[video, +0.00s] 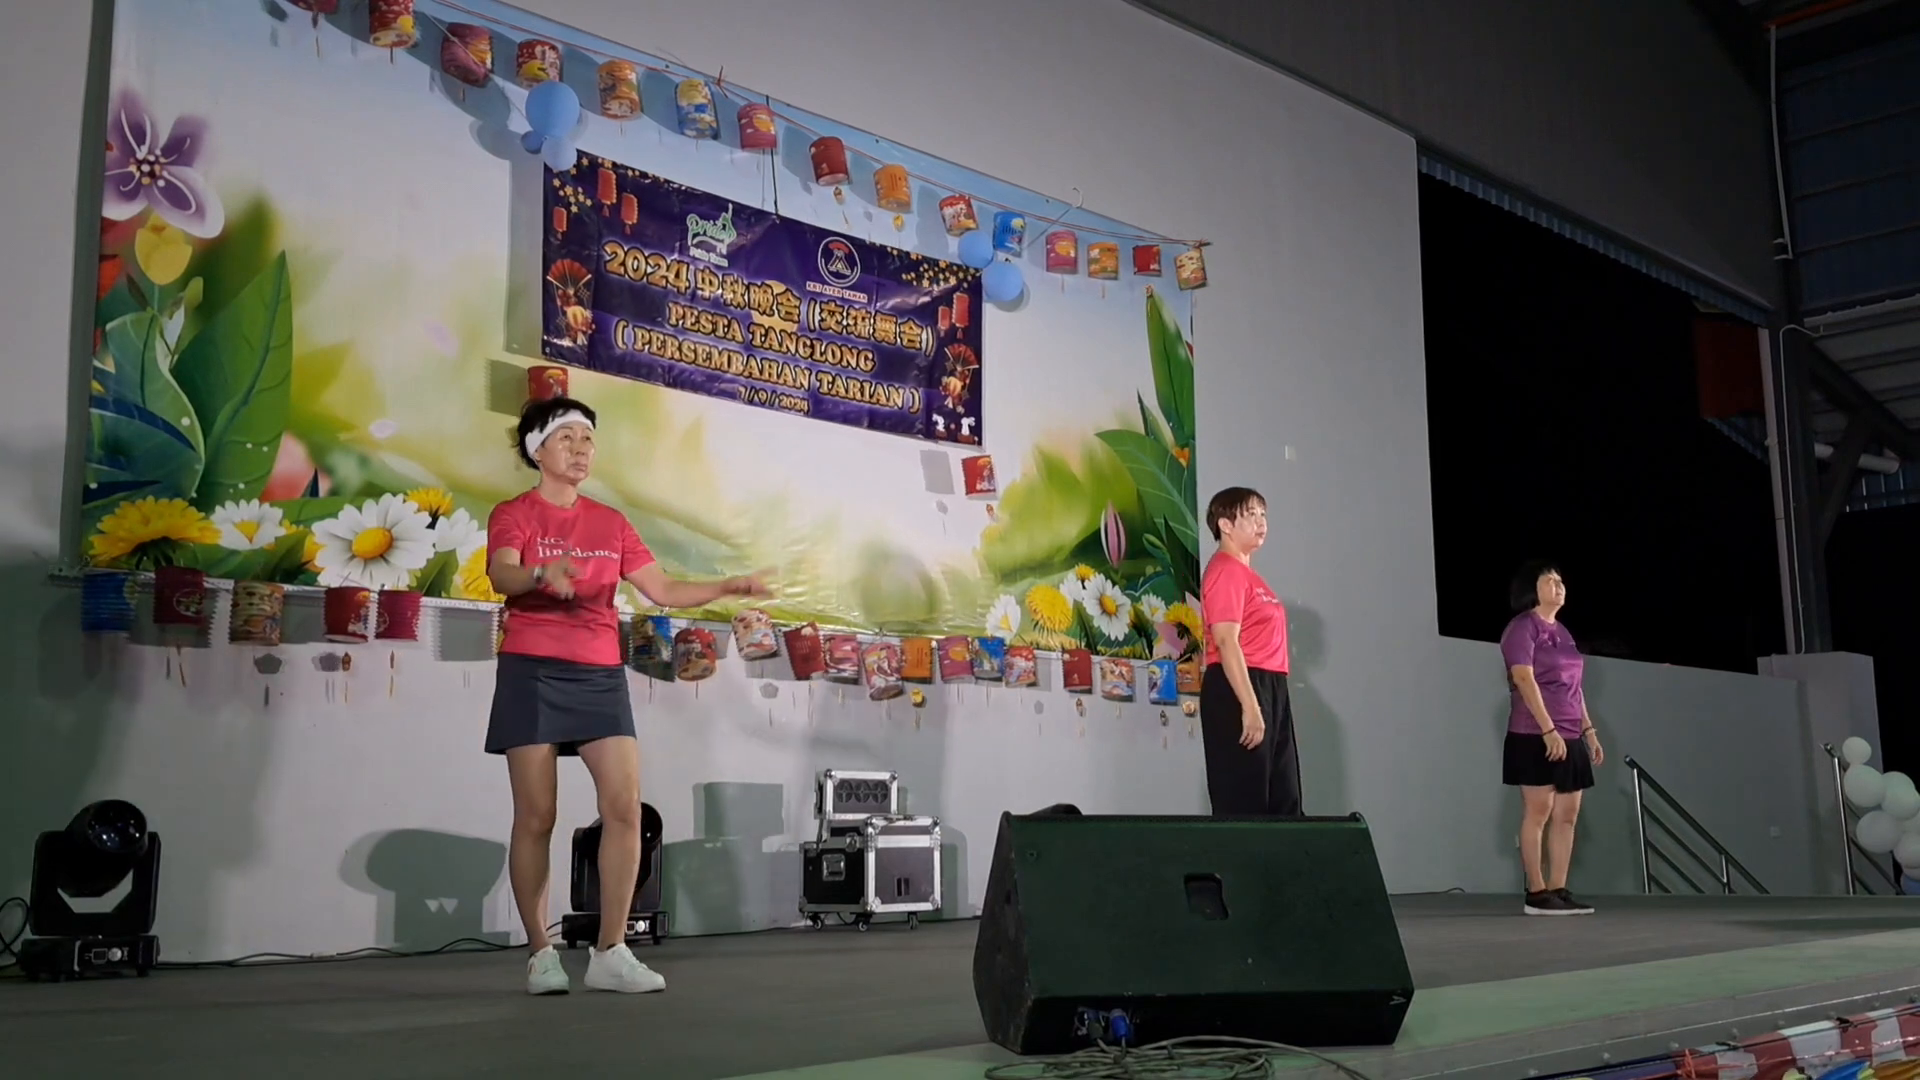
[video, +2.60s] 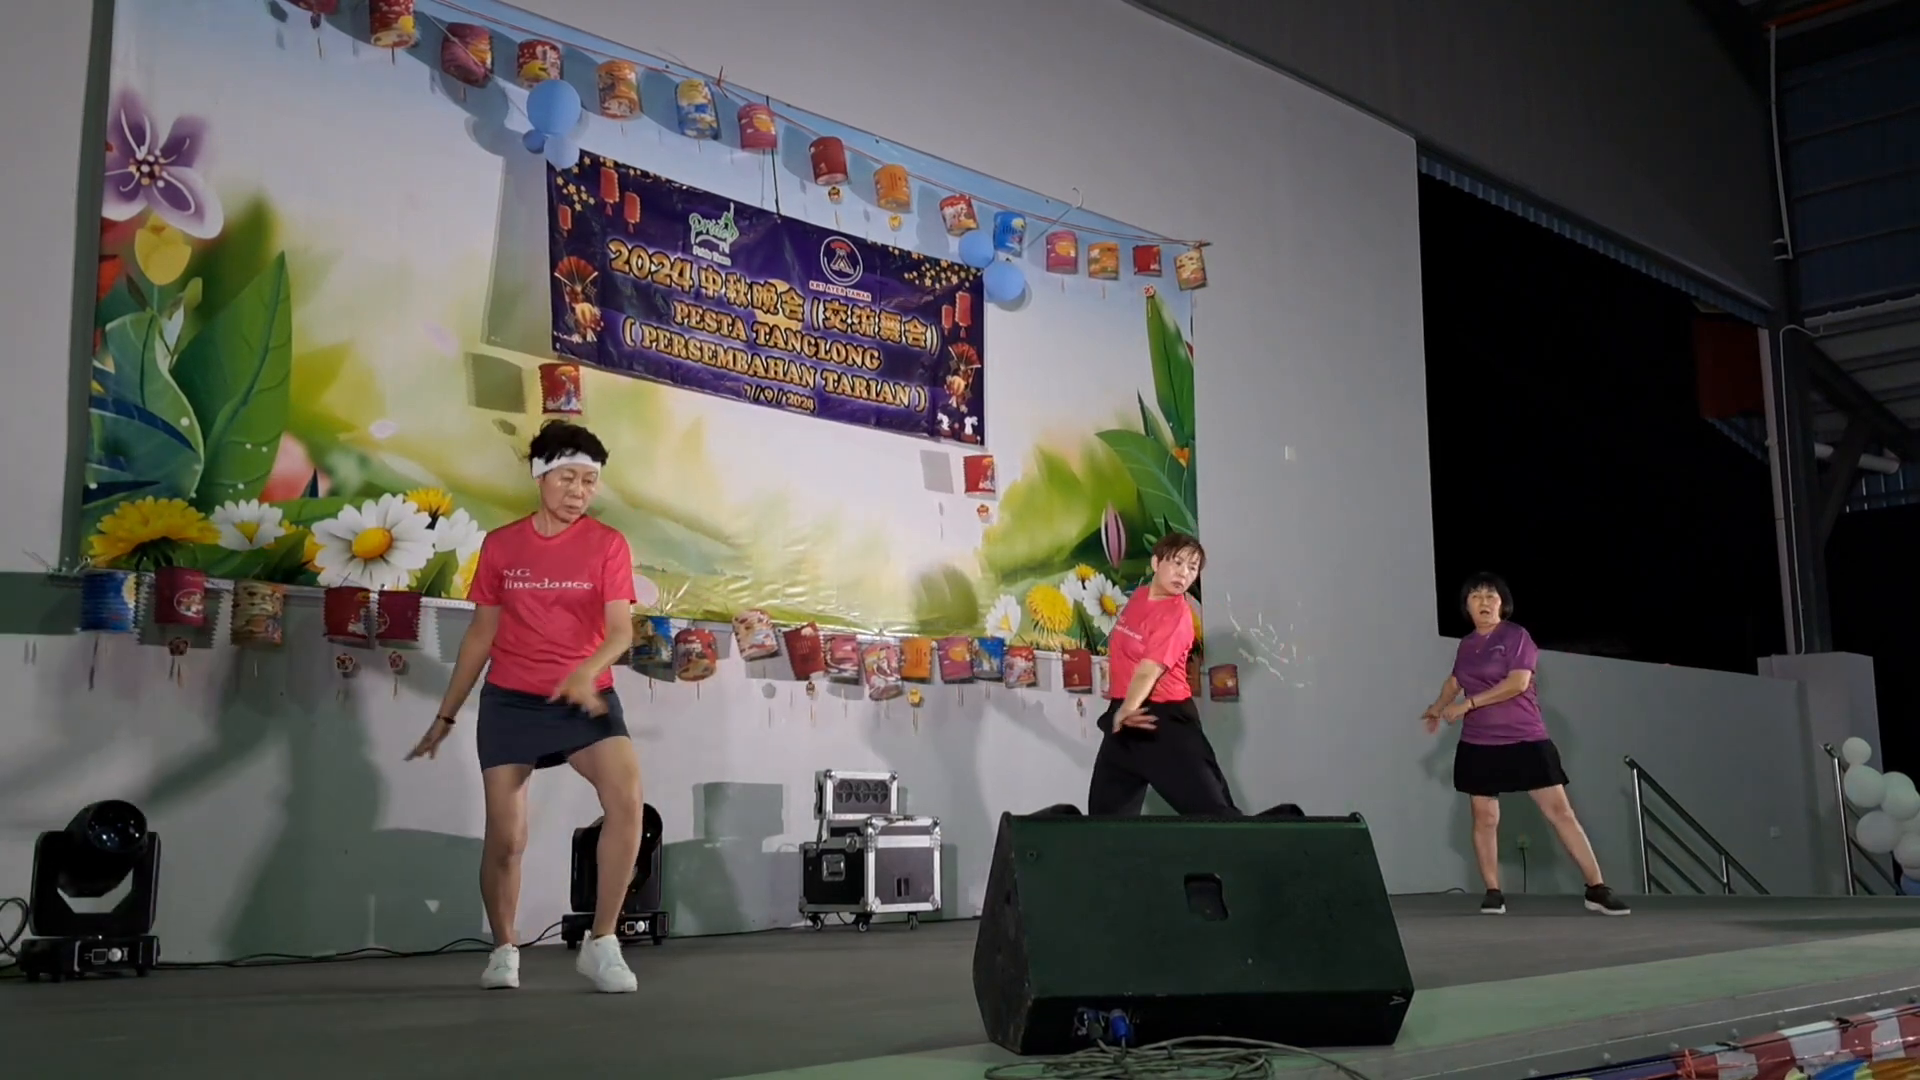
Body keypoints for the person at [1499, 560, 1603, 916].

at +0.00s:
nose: (1558, 586)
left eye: (1560, 581)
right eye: (1549, 581)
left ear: (1563, 592)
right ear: (1532, 589)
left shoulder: (1564, 634)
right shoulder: (1522, 628)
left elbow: (1573, 687)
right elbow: (1524, 681)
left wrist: (1588, 731)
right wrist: (1549, 730)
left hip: (1570, 737)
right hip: (1534, 735)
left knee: (1567, 815)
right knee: (1537, 811)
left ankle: (1558, 890)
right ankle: (1537, 892)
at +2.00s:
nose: (1540, 586)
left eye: (1546, 582)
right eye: (1532, 582)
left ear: (1555, 594)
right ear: (1519, 594)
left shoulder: (1570, 636)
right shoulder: (1504, 631)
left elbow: (1592, 679)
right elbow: (1494, 679)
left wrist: (1619, 722)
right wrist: (1510, 724)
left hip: (1559, 738)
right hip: (1518, 735)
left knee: (1564, 812)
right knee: (1528, 810)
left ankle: (1554, 892)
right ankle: (1521, 890)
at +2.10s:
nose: (1527, 588)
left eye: (1533, 583)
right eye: (1519, 584)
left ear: (1544, 593)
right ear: (1508, 595)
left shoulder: (1565, 634)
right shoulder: (1495, 633)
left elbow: (1592, 675)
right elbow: (1474, 677)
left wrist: (1616, 713)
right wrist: (1469, 712)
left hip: (1558, 738)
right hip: (1511, 737)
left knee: (1565, 813)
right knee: (1513, 813)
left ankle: (1553, 892)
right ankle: (1498, 882)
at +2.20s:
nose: (1511, 591)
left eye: (1517, 586)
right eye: (1504, 587)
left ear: (1529, 594)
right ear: (1494, 598)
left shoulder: (1553, 631)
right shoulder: (1482, 637)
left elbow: (1577, 669)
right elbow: (1453, 676)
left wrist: (1582, 701)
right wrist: (1426, 706)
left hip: (1552, 737)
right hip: (1503, 739)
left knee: (1571, 811)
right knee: (1498, 815)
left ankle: (1555, 890)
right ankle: (1494, 889)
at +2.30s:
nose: (1499, 597)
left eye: (1505, 591)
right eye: (1492, 592)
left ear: (1517, 597)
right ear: (1482, 601)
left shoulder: (1540, 633)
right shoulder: (1471, 642)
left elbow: (1558, 675)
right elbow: (1438, 679)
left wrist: (1535, 696)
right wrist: (1397, 707)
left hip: (1543, 740)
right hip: (1492, 743)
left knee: (1584, 803)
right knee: (1492, 817)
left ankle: (1569, 882)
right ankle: (1493, 892)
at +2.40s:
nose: (1492, 599)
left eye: (1498, 593)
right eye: (1484, 594)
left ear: (1509, 599)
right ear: (1475, 603)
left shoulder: (1528, 634)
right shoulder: (1466, 645)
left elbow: (1539, 681)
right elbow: (1436, 681)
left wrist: (1491, 703)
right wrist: (1394, 708)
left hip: (1536, 741)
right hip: (1486, 744)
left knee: (1576, 807)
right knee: (1488, 816)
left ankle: (1597, 887)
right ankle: (1493, 892)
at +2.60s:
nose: (1484, 604)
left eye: (1491, 597)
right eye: (1477, 597)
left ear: (1502, 603)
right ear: (1467, 605)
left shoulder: (1517, 636)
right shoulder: (1466, 645)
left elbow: (1518, 683)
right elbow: (1455, 682)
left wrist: (1467, 704)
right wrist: (1438, 706)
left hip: (1527, 741)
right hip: (1480, 744)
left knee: (1561, 811)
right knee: (1485, 816)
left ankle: (1597, 888)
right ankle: (1493, 892)